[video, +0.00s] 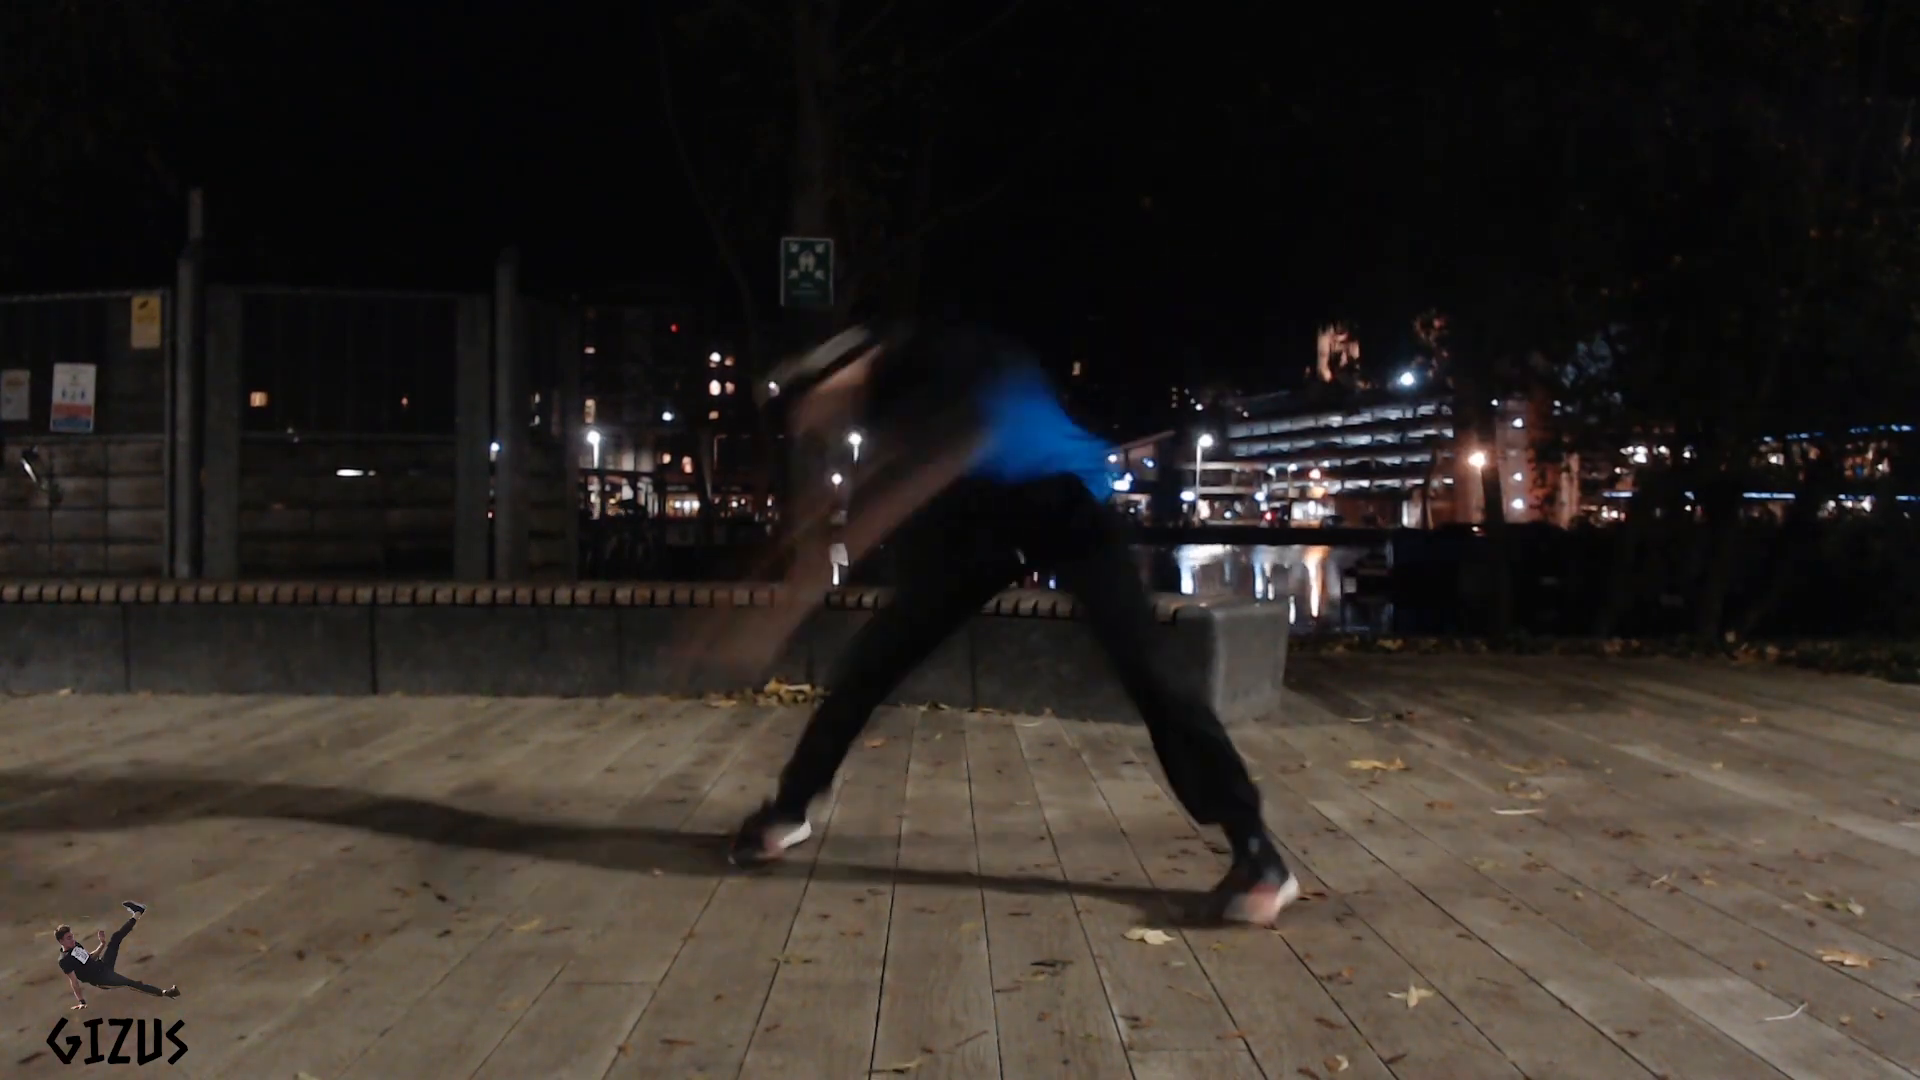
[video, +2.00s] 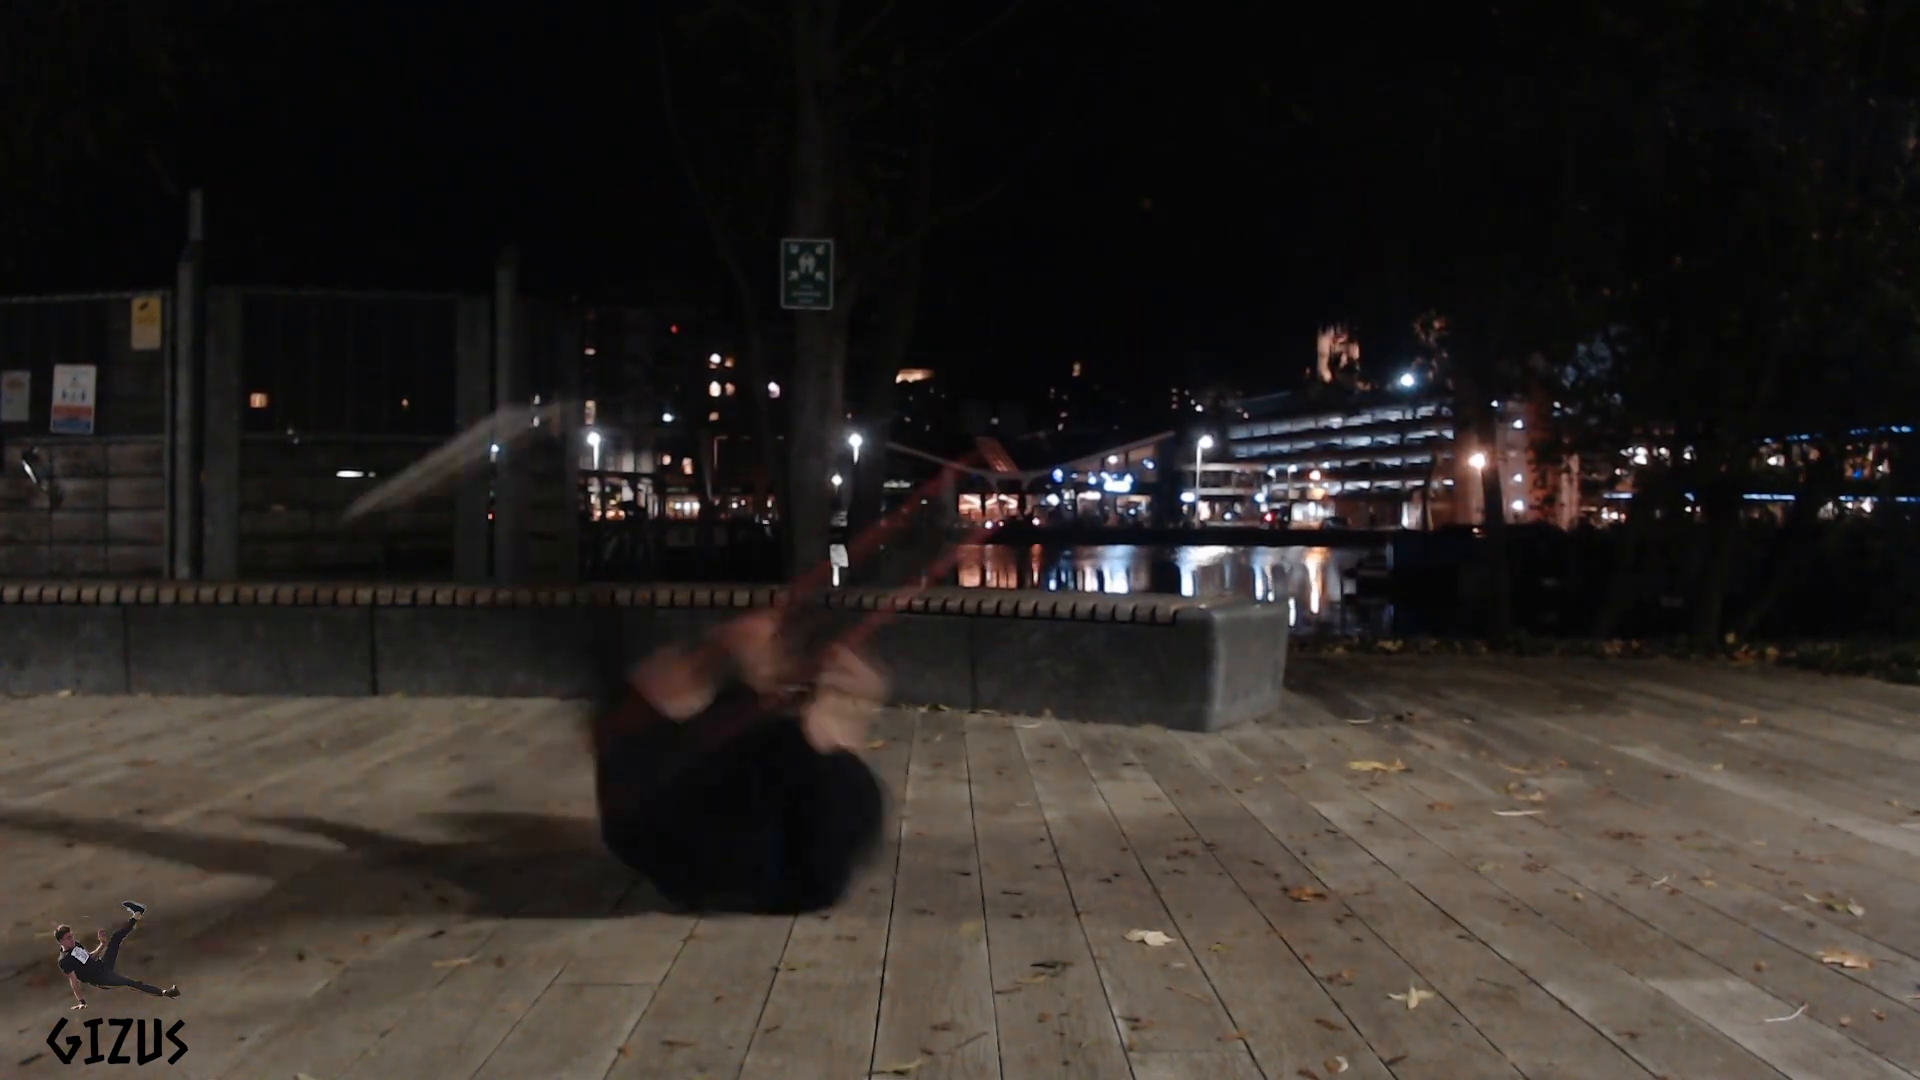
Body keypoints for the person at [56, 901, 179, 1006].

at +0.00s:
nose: (73, 939)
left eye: (72, 936)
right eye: (69, 938)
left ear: (71, 937)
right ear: (61, 942)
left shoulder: (76, 946)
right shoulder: (64, 960)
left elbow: (91, 957)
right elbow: (74, 982)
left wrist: (102, 944)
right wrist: (81, 1001)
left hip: (104, 964)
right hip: (102, 977)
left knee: (115, 939)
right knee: (132, 983)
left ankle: (136, 916)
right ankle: (164, 993)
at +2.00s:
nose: (73, 939)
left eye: (72, 936)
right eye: (69, 937)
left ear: (70, 937)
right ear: (61, 941)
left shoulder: (76, 946)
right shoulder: (64, 961)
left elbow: (91, 958)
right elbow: (74, 982)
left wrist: (102, 945)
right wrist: (81, 1001)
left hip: (104, 964)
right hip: (102, 978)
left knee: (115, 939)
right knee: (131, 983)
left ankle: (135, 917)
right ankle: (164, 993)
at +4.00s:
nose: (73, 939)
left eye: (72, 936)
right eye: (69, 938)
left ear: (72, 936)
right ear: (61, 941)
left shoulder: (76, 946)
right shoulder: (64, 960)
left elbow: (91, 957)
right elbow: (74, 982)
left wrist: (102, 945)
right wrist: (81, 1002)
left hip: (104, 965)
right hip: (102, 978)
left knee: (115, 939)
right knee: (132, 983)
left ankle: (136, 917)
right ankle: (164, 993)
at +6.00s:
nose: (73, 939)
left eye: (72, 936)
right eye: (69, 938)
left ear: (70, 937)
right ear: (62, 941)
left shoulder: (75, 946)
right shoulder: (64, 960)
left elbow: (91, 957)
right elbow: (73, 982)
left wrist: (102, 944)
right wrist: (81, 1001)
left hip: (104, 965)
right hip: (102, 978)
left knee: (116, 939)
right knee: (131, 983)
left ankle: (136, 916)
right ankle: (165, 993)